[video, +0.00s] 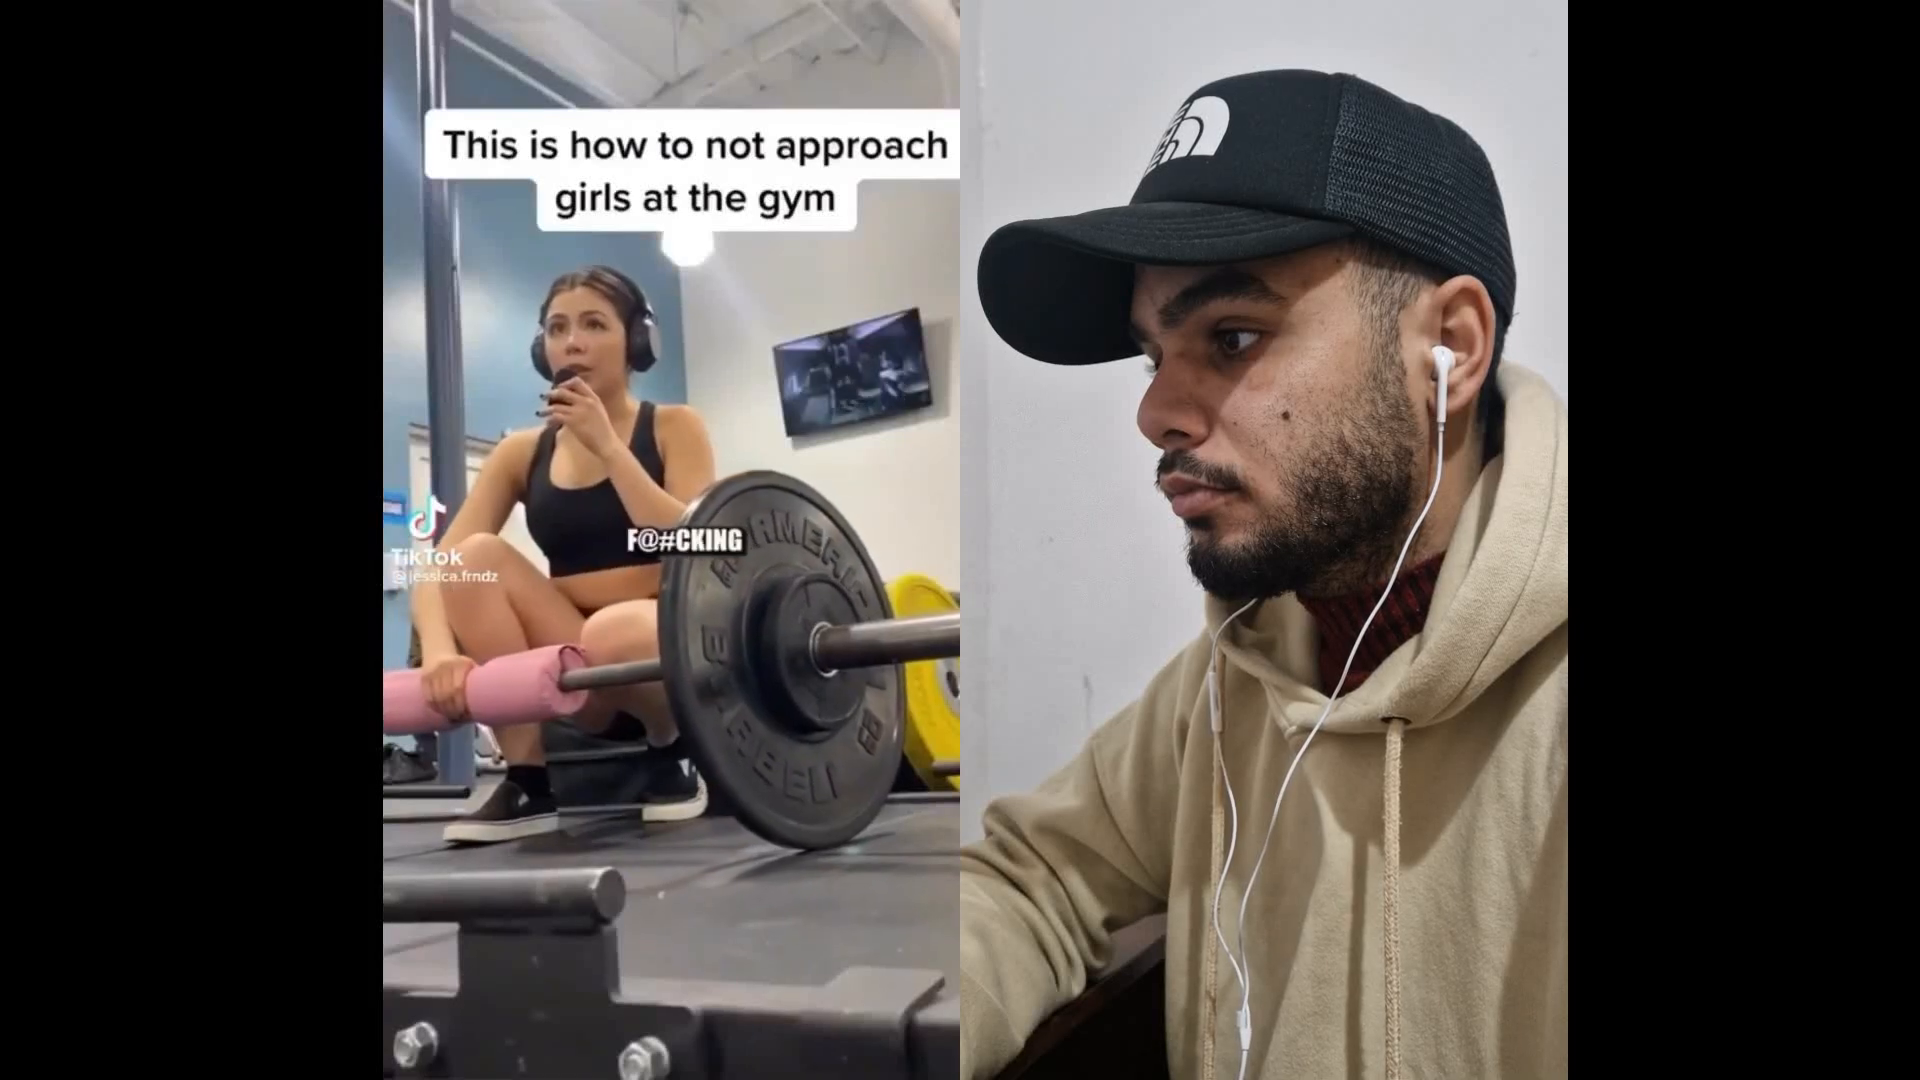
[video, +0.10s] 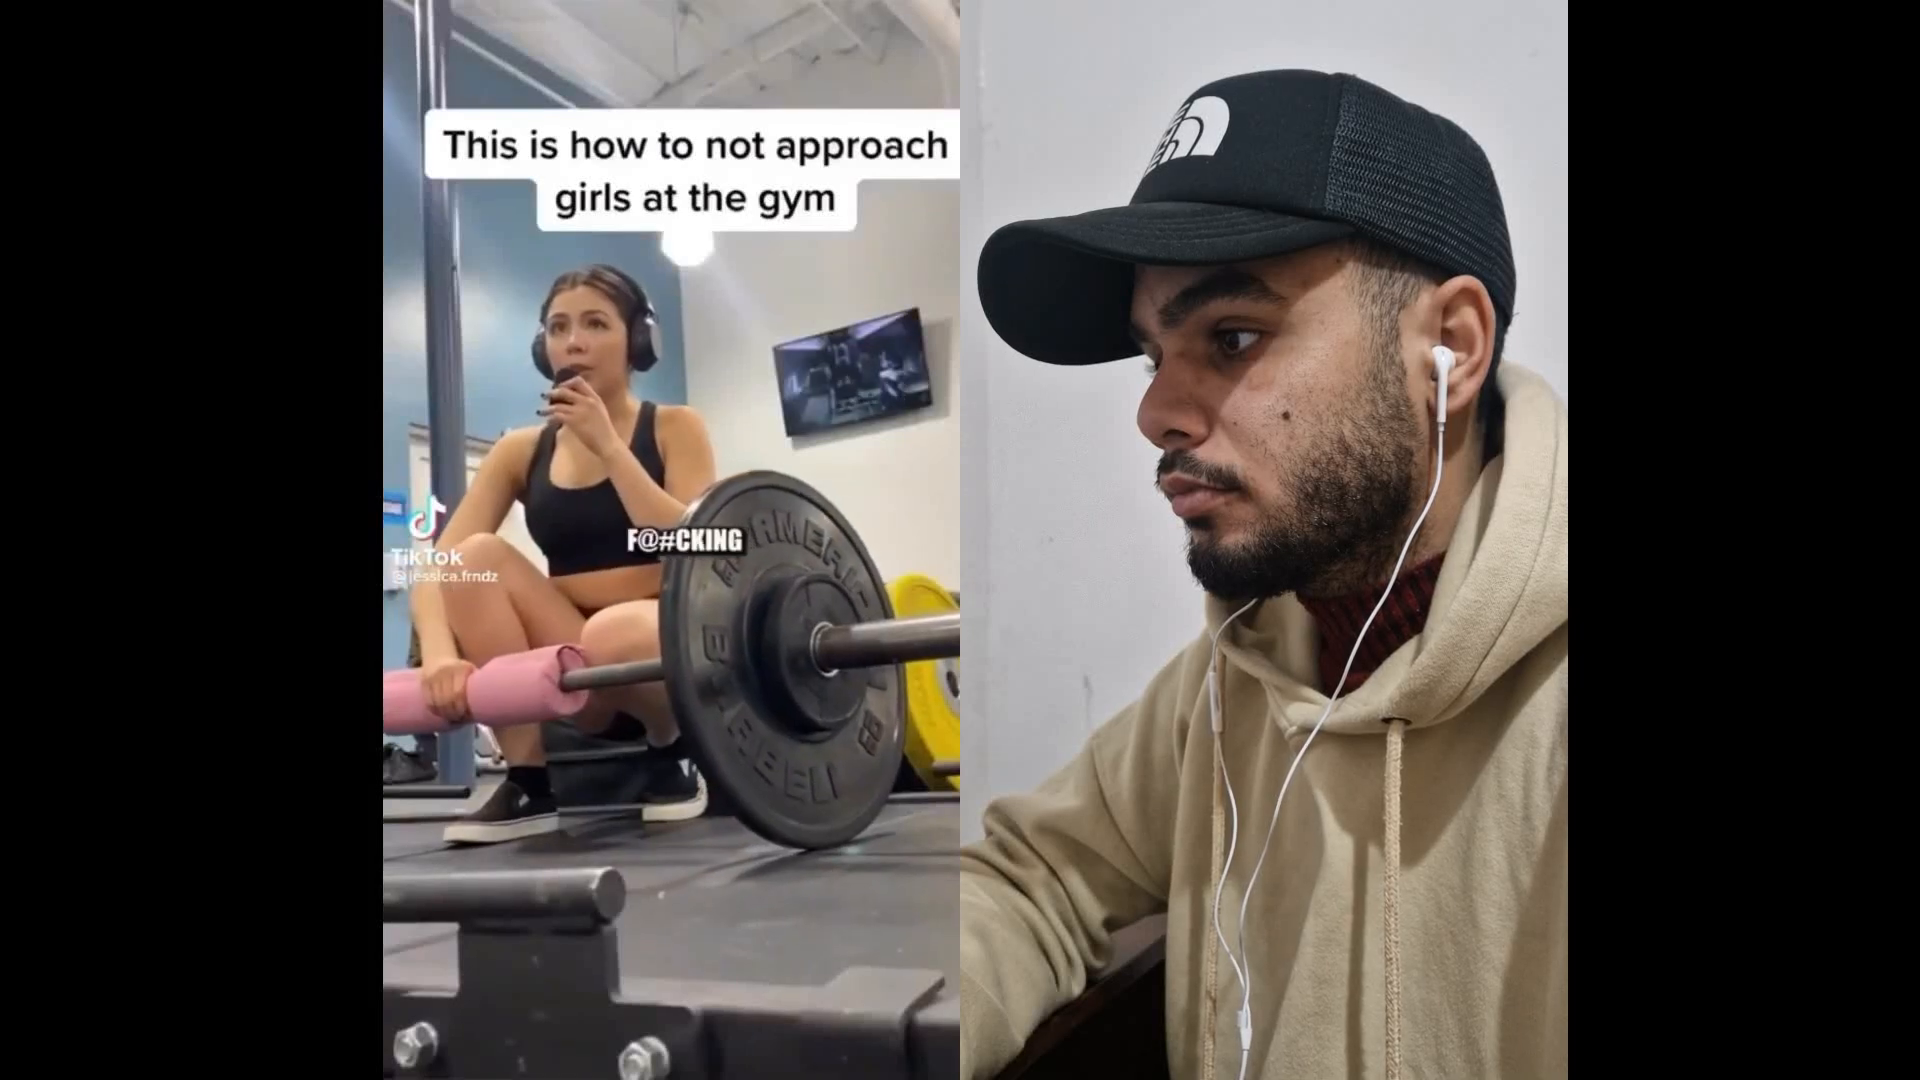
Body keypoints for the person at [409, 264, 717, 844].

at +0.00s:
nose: (572, 342)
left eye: (593, 324)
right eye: (557, 327)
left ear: (632, 342)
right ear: (544, 348)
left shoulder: (675, 429)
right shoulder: (522, 452)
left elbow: (692, 539)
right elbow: (439, 569)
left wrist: (608, 447)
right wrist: (439, 652)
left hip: (671, 641)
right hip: (570, 649)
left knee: (612, 633)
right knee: (472, 559)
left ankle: (667, 748)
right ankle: (526, 780)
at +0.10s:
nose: (573, 341)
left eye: (594, 323)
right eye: (558, 326)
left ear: (634, 342)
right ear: (545, 346)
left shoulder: (675, 429)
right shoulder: (522, 450)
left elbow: (692, 540)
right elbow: (440, 566)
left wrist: (608, 447)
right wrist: (439, 657)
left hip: (671, 643)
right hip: (571, 649)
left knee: (612, 633)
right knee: (471, 558)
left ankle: (668, 748)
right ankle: (527, 781)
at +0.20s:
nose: (574, 341)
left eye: (596, 323)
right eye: (560, 325)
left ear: (634, 341)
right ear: (546, 345)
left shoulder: (677, 429)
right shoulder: (522, 449)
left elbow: (693, 540)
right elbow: (440, 566)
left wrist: (610, 445)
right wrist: (439, 658)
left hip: (668, 640)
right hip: (570, 648)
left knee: (613, 635)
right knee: (471, 558)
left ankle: (667, 750)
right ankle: (527, 782)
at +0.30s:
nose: (575, 341)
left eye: (597, 323)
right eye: (561, 326)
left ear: (635, 339)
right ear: (546, 344)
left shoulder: (677, 429)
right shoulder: (523, 449)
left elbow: (696, 541)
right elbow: (441, 568)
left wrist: (612, 445)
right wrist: (438, 659)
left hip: (668, 638)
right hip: (570, 645)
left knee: (616, 637)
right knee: (473, 558)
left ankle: (668, 750)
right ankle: (527, 782)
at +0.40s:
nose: (576, 340)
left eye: (597, 323)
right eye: (562, 326)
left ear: (636, 340)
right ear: (547, 345)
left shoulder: (678, 428)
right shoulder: (524, 451)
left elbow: (695, 540)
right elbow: (445, 568)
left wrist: (612, 444)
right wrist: (435, 654)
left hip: (670, 643)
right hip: (572, 649)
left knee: (615, 637)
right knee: (474, 559)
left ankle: (667, 751)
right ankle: (527, 782)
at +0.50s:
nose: (575, 338)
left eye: (596, 321)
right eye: (560, 323)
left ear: (635, 340)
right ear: (546, 344)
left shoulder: (677, 425)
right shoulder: (523, 451)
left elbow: (700, 537)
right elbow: (469, 560)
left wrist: (614, 442)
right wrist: (426, 593)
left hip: (669, 640)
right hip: (571, 647)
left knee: (615, 638)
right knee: (478, 561)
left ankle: (666, 752)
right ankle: (527, 782)